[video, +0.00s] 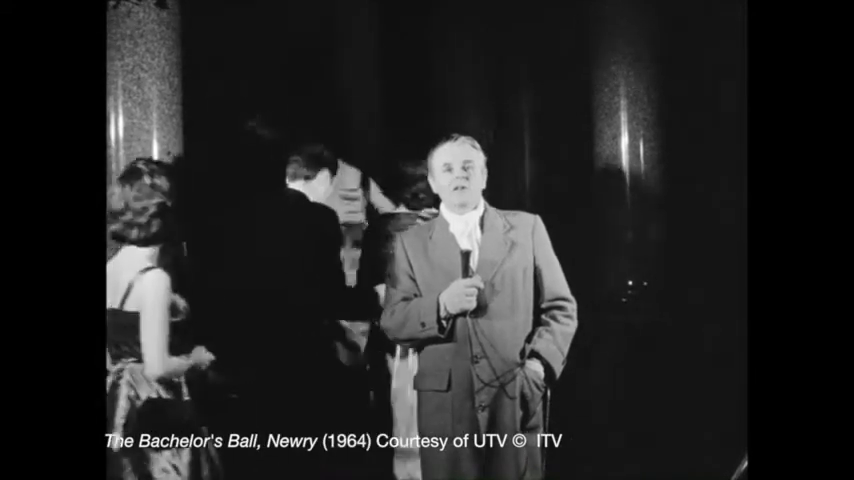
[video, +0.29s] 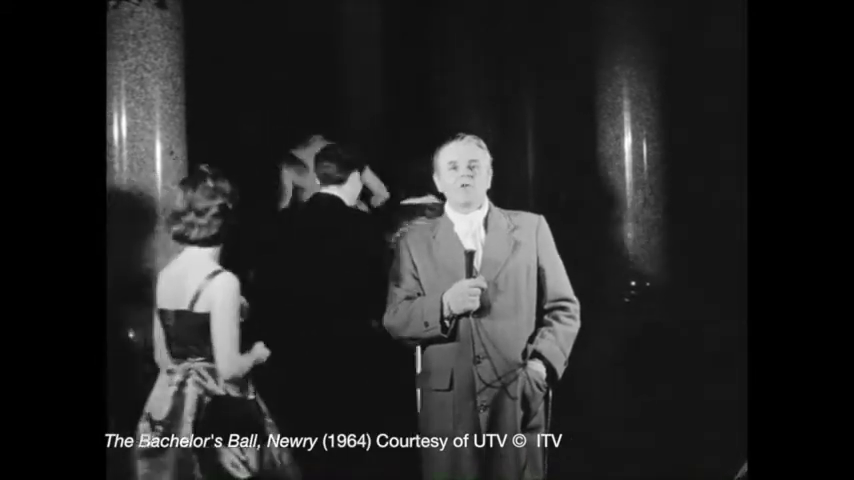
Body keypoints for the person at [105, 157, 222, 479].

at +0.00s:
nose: (180, 221)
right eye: (177, 213)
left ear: (121, 212)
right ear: (164, 218)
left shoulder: (113, 267)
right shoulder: (153, 279)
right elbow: (156, 368)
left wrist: (161, 307)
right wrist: (194, 360)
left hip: (116, 404)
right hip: (149, 411)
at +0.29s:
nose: (238, 226)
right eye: (233, 217)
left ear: (182, 217)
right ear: (227, 223)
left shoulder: (166, 275)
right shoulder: (222, 282)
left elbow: (162, 358)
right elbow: (229, 368)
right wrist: (256, 354)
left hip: (170, 405)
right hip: (215, 409)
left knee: (173, 472)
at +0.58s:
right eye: (292, 204)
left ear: (238, 208)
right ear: (288, 211)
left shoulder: (220, 266)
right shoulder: (290, 270)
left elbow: (205, 340)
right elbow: (300, 351)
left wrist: (214, 387)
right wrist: (316, 336)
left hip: (228, 383)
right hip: (275, 388)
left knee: (231, 465)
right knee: (276, 467)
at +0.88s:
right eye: (332, 201)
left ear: (281, 208)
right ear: (328, 209)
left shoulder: (262, 266)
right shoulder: (338, 267)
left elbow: (242, 338)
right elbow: (351, 345)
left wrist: (241, 393)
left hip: (273, 376)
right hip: (320, 379)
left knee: (280, 462)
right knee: (327, 464)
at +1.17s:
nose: (361, 202)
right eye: (358, 196)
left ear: (314, 204)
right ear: (355, 203)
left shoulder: (298, 260)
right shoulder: (366, 260)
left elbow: (283, 335)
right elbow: (375, 336)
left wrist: (284, 381)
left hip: (307, 371)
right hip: (350, 373)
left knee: (308, 456)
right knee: (351, 456)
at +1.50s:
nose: (399, 207)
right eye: (395, 201)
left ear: (352, 206)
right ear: (392, 206)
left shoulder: (334, 257)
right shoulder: (400, 255)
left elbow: (327, 305)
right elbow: (409, 307)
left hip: (347, 347)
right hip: (387, 348)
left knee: (349, 427)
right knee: (386, 426)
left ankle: (349, 469)